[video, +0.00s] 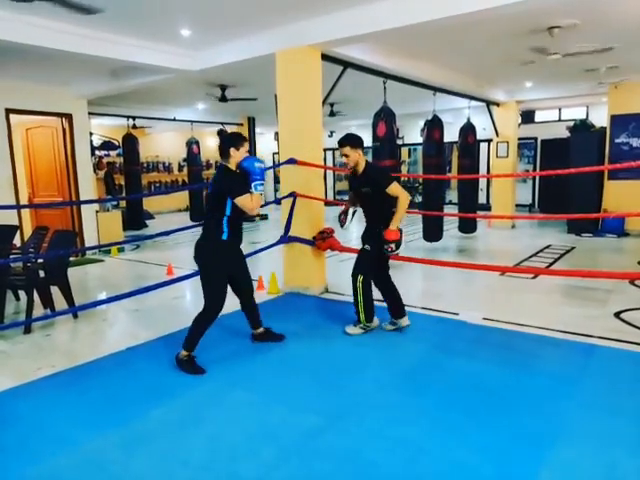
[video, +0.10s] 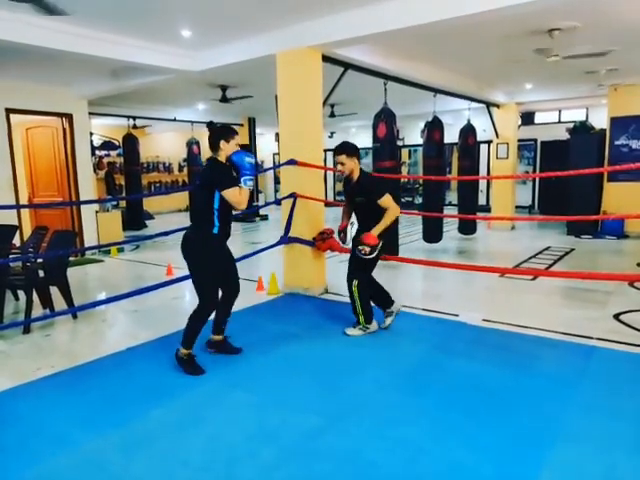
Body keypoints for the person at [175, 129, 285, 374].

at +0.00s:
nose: (247, 156)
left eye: (247, 151)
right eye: (244, 151)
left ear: (230, 152)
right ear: (233, 152)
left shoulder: (231, 174)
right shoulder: (227, 177)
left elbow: (242, 208)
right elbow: (253, 206)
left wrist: (254, 210)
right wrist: (257, 179)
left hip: (230, 247)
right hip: (213, 249)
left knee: (246, 291)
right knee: (214, 305)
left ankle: (259, 330)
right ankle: (185, 353)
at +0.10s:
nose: (238, 147)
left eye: (237, 143)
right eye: (235, 143)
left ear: (219, 145)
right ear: (223, 144)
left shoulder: (215, 168)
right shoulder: (217, 170)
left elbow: (236, 200)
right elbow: (240, 202)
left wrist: (243, 181)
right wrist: (246, 176)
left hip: (213, 241)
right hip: (202, 243)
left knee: (231, 289)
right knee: (209, 300)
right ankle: (184, 351)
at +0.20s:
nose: (227, 152)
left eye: (227, 147)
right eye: (225, 147)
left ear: (208, 149)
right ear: (213, 148)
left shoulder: (203, 171)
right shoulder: (206, 173)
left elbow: (225, 204)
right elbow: (228, 207)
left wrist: (232, 183)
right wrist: (235, 180)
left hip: (197, 243)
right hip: (193, 245)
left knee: (212, 297)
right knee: (208, 300)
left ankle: (191, 346)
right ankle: (173, 355)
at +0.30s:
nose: (217, 156)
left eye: (217, 152)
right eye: (214, 152)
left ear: (199, 154)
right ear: (203, 154)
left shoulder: (198, 179)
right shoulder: (194, 182)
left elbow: (213, 215)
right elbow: (215, 218)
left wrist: (222, 205)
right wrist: (225, 198)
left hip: (194, 252)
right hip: (183, 255)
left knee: (210, 301)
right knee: (195, 311)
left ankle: (189, 351)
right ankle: (154, 370)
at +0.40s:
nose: (206, 162)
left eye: (206, 157)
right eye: (203, 157)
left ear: (186, 158)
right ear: (192, 158)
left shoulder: (178, 182)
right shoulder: (190, 185)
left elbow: (204, 217)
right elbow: (210, 222)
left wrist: (209, 210)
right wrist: (215, 202)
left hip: (181, 258)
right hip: (175, 261)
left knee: (206, 304)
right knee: (177, 324)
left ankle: (188, 351)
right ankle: (142, 388)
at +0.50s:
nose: (194, 161)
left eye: (194, 156)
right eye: (192, 155)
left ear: (172, 155)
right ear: (181, 155)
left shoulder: (161, 181)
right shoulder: (180, 182)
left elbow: (195, 215)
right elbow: (207, 216)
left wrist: (202, 204)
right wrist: (207, 191)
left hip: (169, 261)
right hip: (166, 265)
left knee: (192, 306)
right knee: (163, 328)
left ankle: (185, 351)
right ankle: (135, 396)